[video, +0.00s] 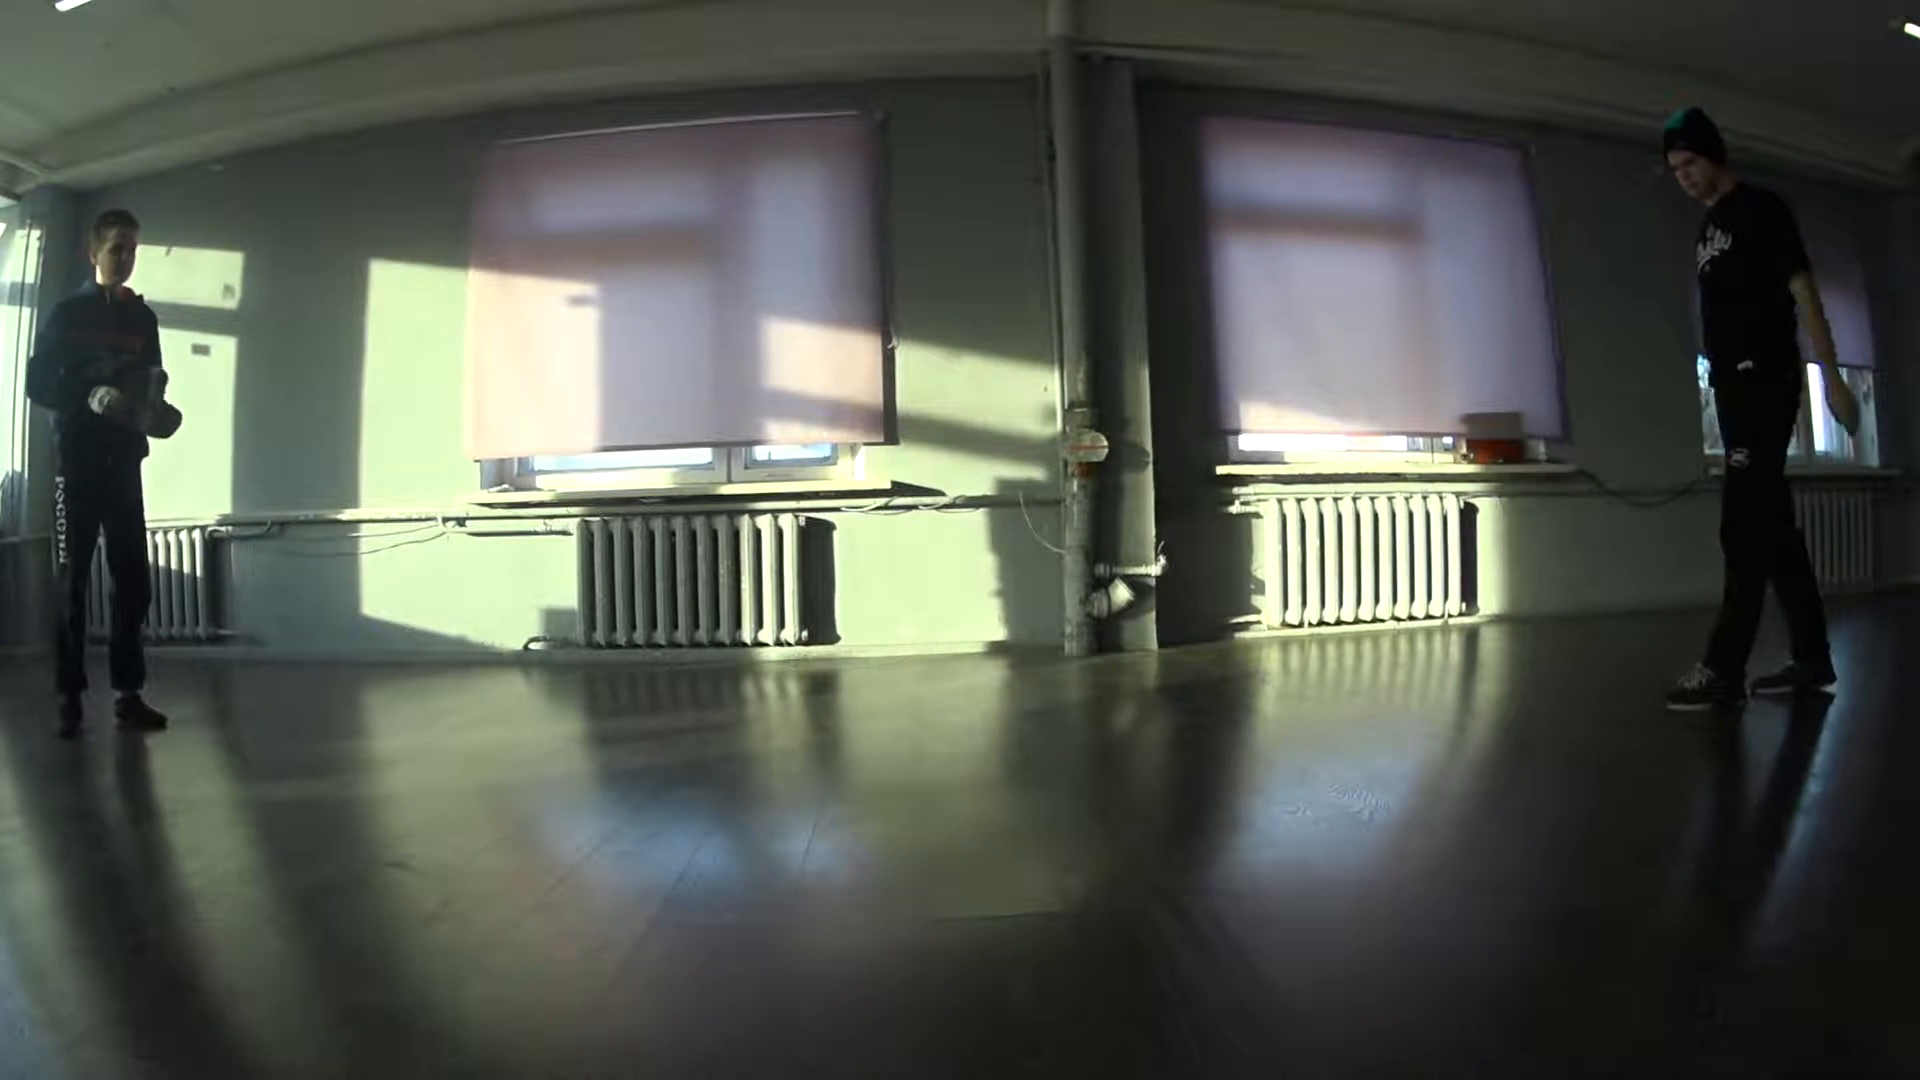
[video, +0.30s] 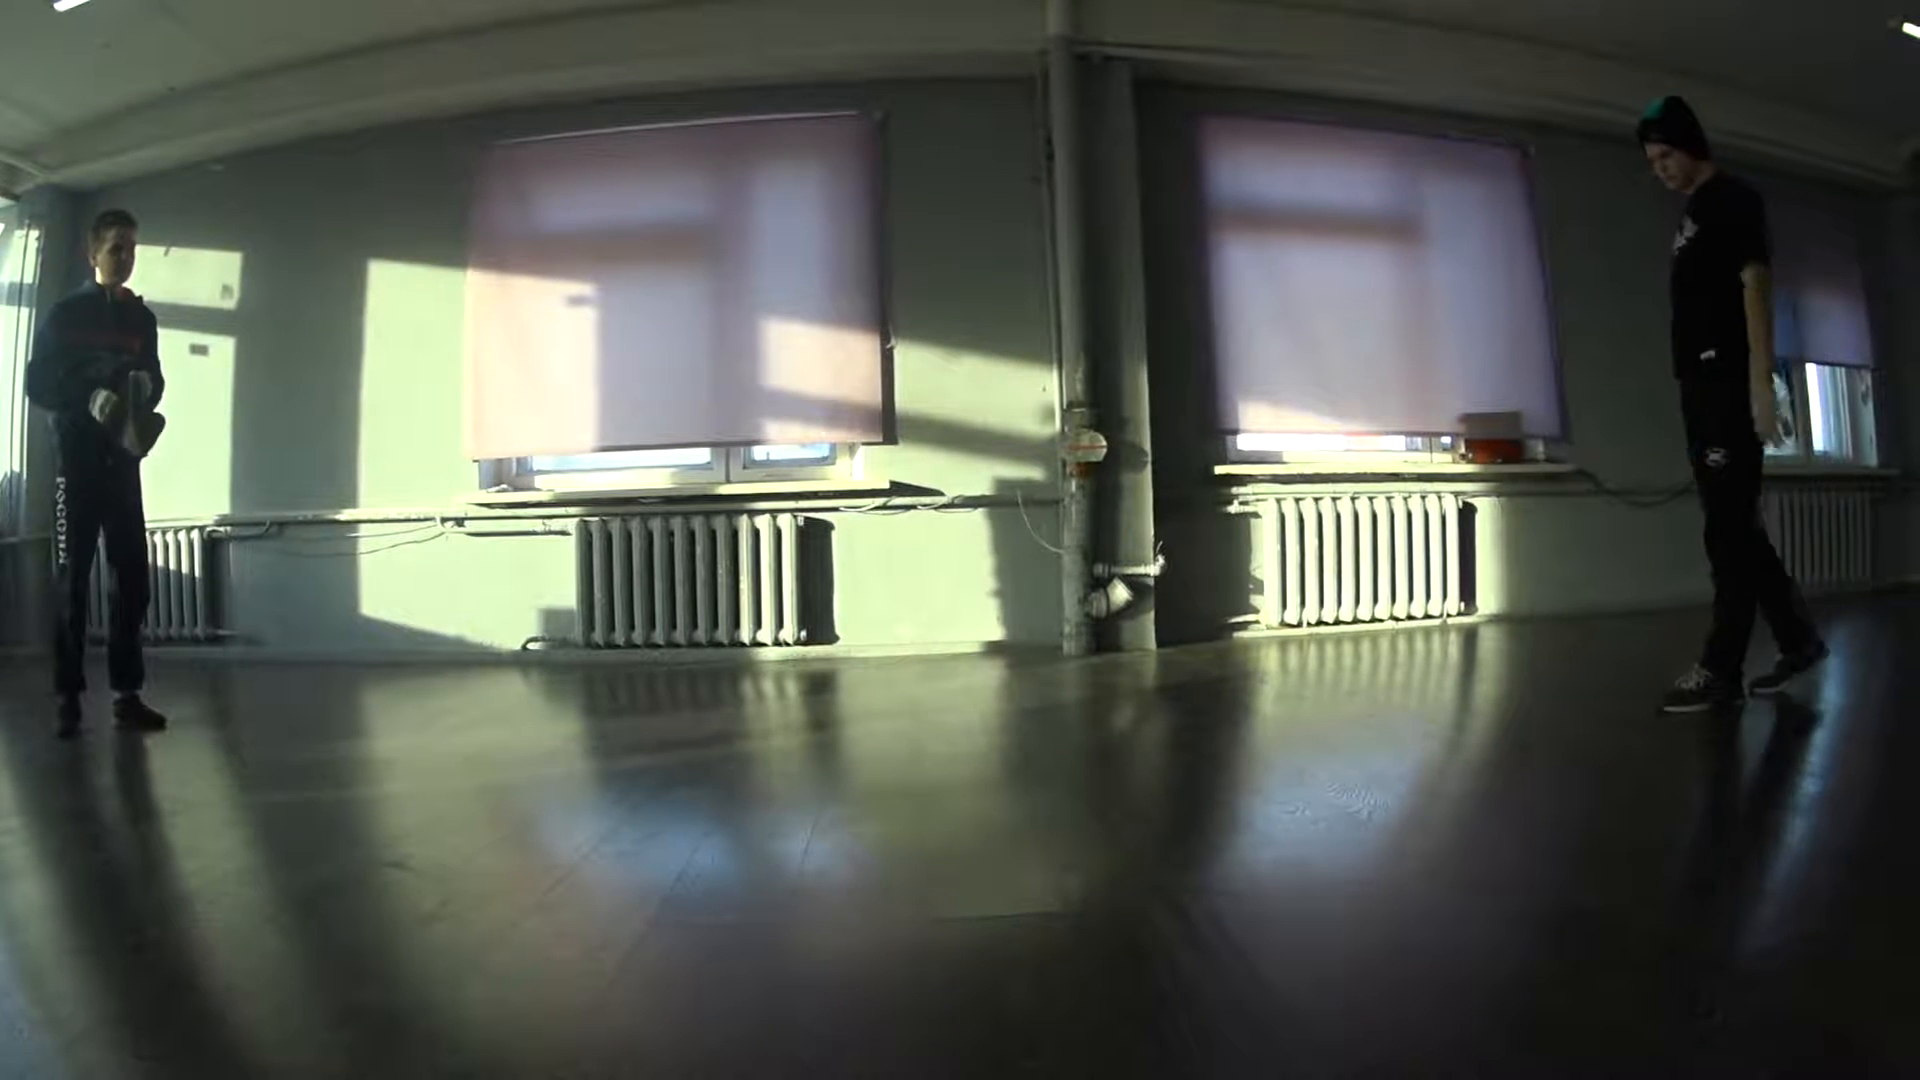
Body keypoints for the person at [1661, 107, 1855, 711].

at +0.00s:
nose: (1684, 176)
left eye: (1690, 163)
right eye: (1676, 169)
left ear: (1717, 157)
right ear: (1675, 173)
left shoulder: (1762, 209)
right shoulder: (1710, 223)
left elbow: (1806, 298)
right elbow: (1725, 311)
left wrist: (1833, 379)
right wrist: (1720, 389)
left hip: (1768, 384)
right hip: (1736, 387)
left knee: (1742, 526)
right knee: (1773, 526)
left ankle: (1723, 672)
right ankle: (1813, 661)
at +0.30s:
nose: (1659, 169)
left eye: (1665, 156)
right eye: (1652, 161)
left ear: (1693, 148)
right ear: (1655, 162)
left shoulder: (1733, 200)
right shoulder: (1694, 209)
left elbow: (1756, 289)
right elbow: (1707, 302)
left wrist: (1761, 387)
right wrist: (1697, 389)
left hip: (1730, 389)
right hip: (1702, 389)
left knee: (1729, 530)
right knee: (1735, 526)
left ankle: (1720, 670)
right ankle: (1800, 639)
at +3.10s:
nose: (1622, 149)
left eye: (1627, 135)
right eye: (1618, 139)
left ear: (1657, 130)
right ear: (1648, 137)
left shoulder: (1688, 191)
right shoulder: (1671, 193)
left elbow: (1695, 286)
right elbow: (1675, 300)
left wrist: (1671, 382)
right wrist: (1642, 371)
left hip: (1707, 378)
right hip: (1699, 377)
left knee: (1705, 526)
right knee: (1728, 516)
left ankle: (1709, 677)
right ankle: (1788, 649)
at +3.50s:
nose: (1541, 159)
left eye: (1545, 144)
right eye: (1535, 150)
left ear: (1574, 133)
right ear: (1559, 145)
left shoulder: (1622, 189)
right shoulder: (1596, 199)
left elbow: (1655, 281)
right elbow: (1618, 297)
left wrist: (1653, 384)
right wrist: (1608, 383)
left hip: (1639, 388)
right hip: (1610, 390)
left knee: (1676, 538)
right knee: (1563, 519)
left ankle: (1709, 678)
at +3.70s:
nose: (1470, 180)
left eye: (1472, 166)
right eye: (1464, 171)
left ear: (1502, 152)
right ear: (1489, 163)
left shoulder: (1560, 206)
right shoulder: (1521, 220)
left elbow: (1604, 295)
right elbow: (1552, 317)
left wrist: (1628, 393)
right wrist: (1546, 405)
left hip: (1599, 407)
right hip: (1553, 413)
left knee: (1658, 545)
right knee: (1507, 546)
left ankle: (1707, 675)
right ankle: (1442, 678)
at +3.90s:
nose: (1367, 170)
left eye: (1371, 155)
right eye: (1361, 160)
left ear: (1403, 144)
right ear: (1376, 159)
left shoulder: (1475, 195)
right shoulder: (1406, 226)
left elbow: (1526, 287)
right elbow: (1429, 324)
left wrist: (1523, 388)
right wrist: (1434, 407)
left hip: (1519, 388)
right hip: (1460, 399)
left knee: (1578, 526)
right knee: (1448, 551)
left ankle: (1669, 644)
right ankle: (1426, 692)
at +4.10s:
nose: (1304, 150)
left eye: (1307, 134)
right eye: (1297, 141)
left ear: (1340, 119)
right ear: (1310, 140)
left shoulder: (1405, 170)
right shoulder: (1341, 198)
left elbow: (1431, 262)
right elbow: (1363, 282)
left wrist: (1355, 323)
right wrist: (1346, 344)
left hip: (1431, 370)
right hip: (1372, 376)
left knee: (1449, 517)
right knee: (1381, 530)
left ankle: (1505, 637)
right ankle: (1413, 673)